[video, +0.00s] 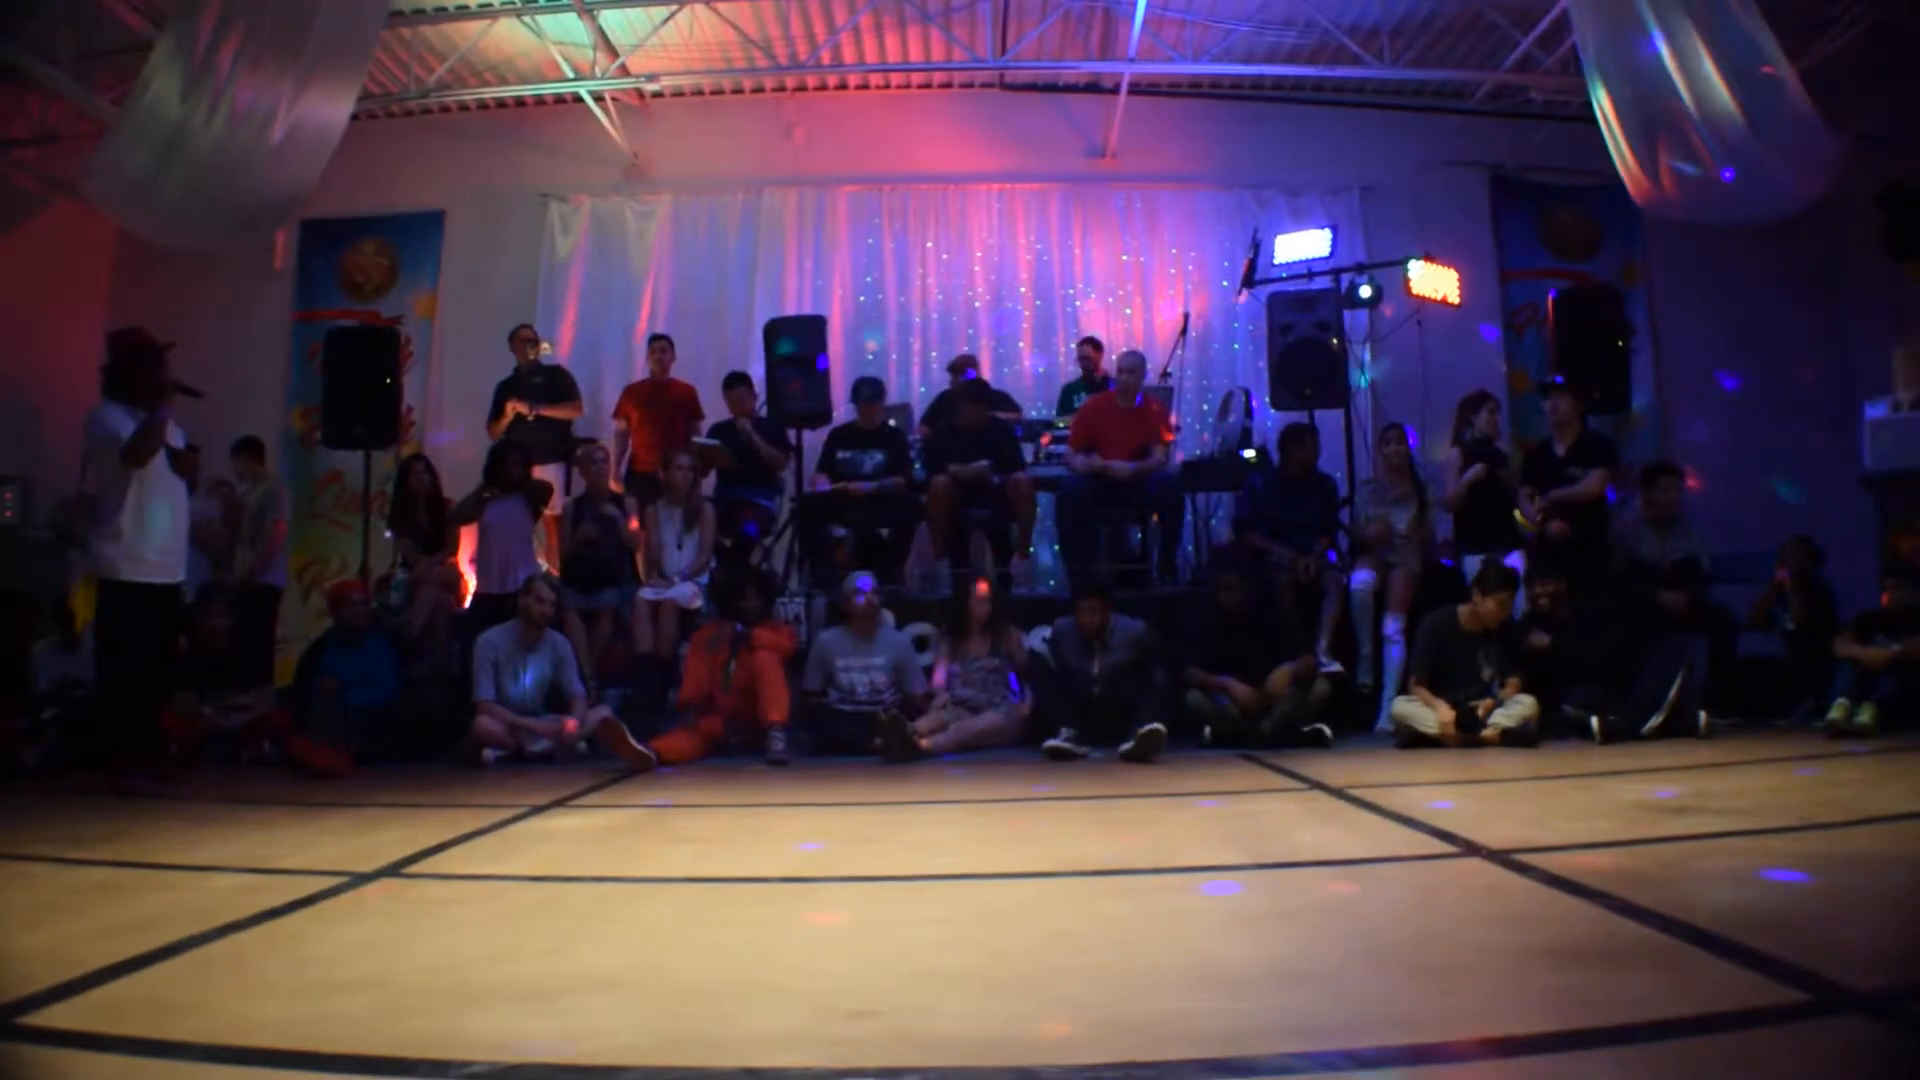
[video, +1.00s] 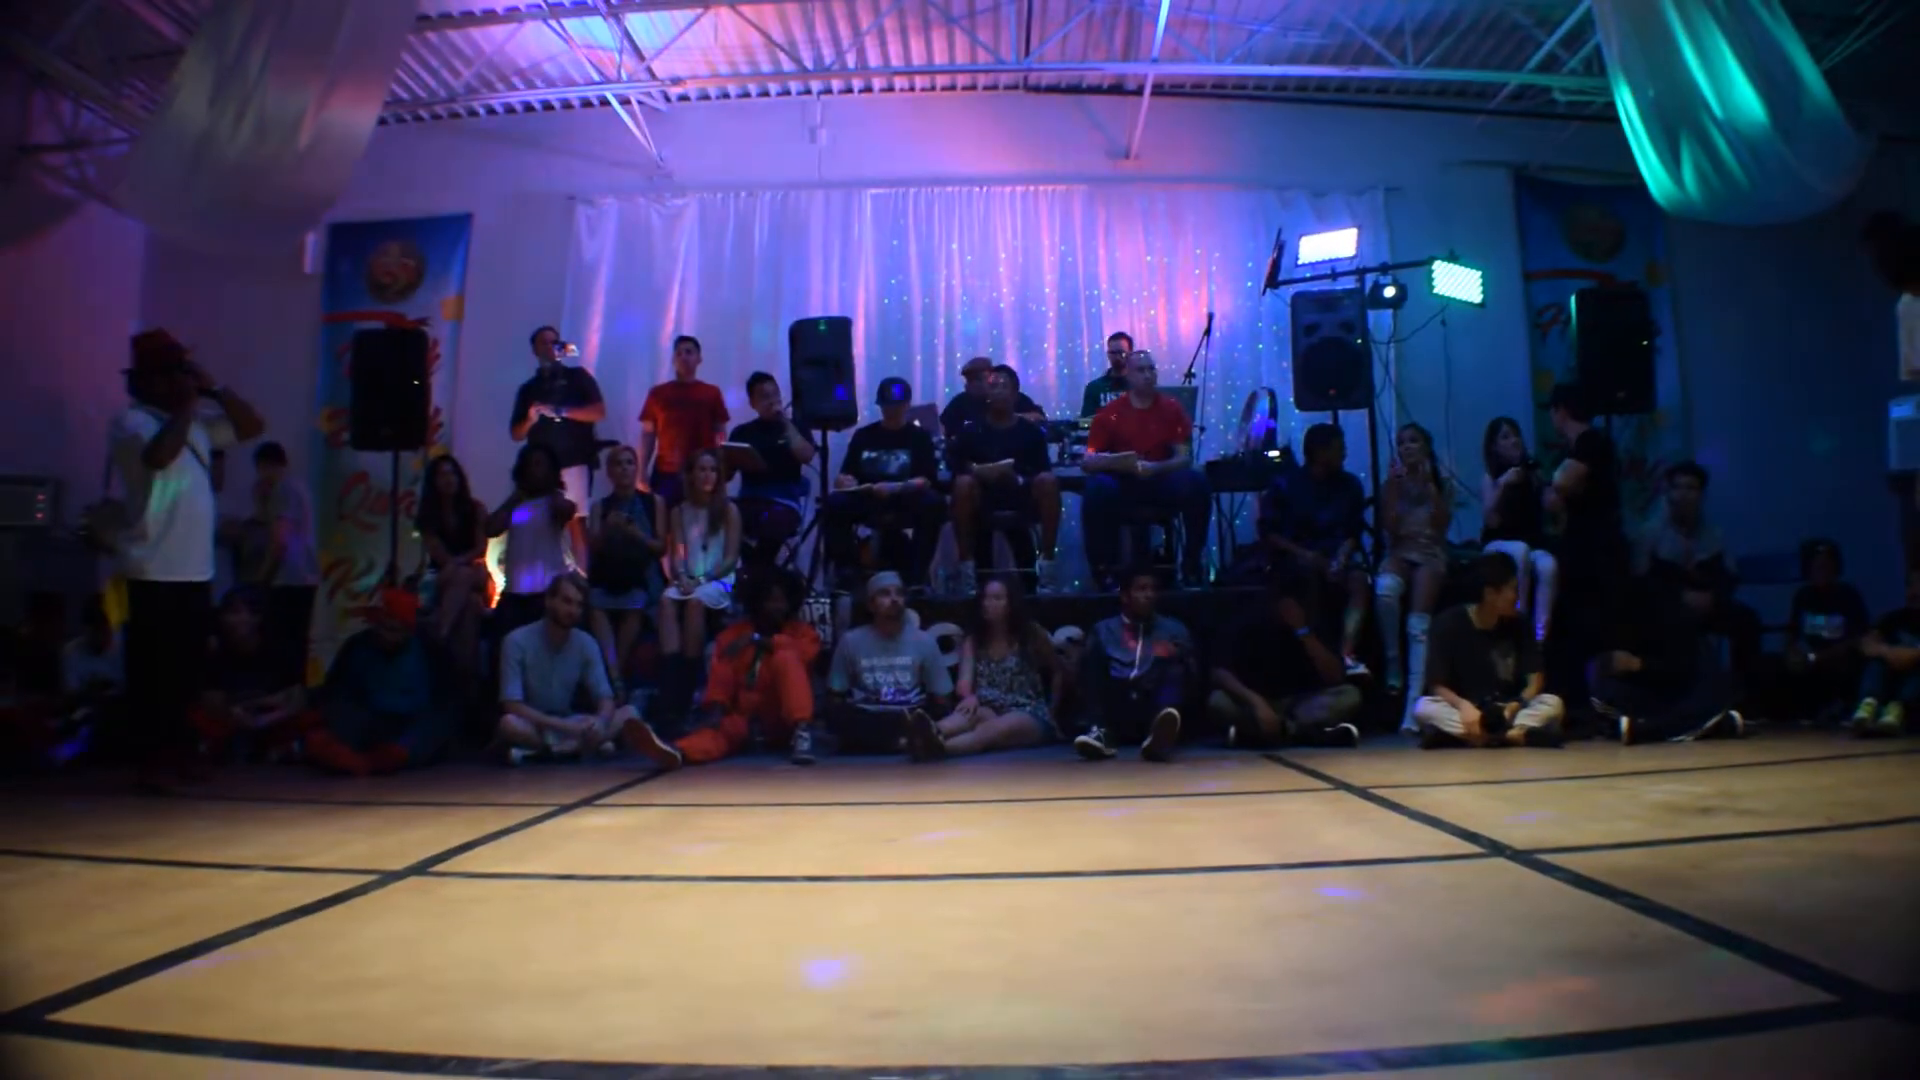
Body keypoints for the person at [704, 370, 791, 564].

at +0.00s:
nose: (738, 405)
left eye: (742, 398)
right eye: (732, 400)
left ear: (754, 397)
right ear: (726, 401)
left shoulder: (771, 427)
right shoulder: (719, 430)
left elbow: (779, 462)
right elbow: (703, 469)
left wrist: (752, 434)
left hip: (760, 498)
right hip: (725, 497)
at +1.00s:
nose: (772, 401)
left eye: (775, 394)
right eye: (765, 396)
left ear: (780, 396)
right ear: (753, 402)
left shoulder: (795, 428)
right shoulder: (742, 432)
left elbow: (806, 456)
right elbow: (727, 473)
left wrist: (786, 423)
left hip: (785, 495)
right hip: (751, 495)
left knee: (773, 527)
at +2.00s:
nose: (758, 413)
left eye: (761, 407)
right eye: (752, 409)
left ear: (771, 404)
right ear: (744, 408)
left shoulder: (790, 432)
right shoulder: (737, 435)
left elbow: (798, 462)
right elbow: (721, 477)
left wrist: (769, 433)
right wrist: (726, 460)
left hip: (777, 499)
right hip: (745, 498)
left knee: (770, 529)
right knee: (726, 526)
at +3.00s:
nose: (755, 416)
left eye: (759, 409)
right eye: (750, 411)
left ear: (770, 405)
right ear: (744, 409)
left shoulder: (789, 432)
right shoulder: (736, 436)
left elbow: (798, 463)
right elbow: (721, 477)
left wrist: (770, 435)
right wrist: (722, 459)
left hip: (777, 499)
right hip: (744, 499)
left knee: (769, 529)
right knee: (721, 523)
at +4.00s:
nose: (755, 415)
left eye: (760, 408)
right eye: (750, 410)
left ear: (772, 404)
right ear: (744, 409)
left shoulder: (790, 433)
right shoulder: (737, 436)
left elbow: (802, 467)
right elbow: (719, 471)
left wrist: (770, 458)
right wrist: (727, 456)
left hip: (777, 501)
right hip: (743, 500)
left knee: (767, 529)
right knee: (722, 524)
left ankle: (753, 574)